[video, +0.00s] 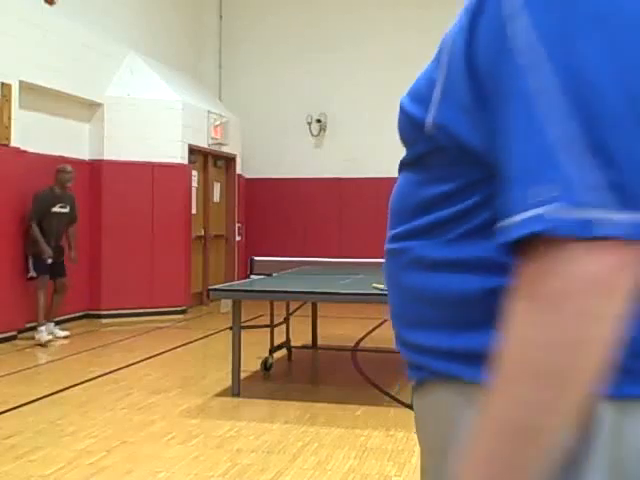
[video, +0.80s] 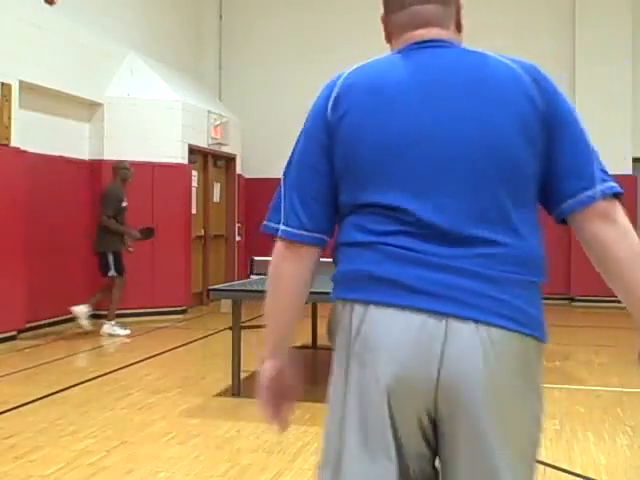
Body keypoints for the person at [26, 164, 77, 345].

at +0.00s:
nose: (70, 178)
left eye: (71, 175)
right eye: (67, 174)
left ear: (71, 177)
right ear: (57, 176)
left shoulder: (70, 198)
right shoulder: (43, 197)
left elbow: (71, 225)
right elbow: (33, 223)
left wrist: (72, 248)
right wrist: (43, 246)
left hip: (57, 247)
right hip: (40, 247)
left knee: (61, 285)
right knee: (43, 284)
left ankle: (50, 324)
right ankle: (41, 327)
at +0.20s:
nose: (86, 171)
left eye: (86, 168)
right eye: (82, 168)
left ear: (78, 172)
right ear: (71, 171)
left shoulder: (74, 192)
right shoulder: (61, 189)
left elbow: (69, 221)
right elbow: (47, 214)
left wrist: (78, 242)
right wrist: (62, 238)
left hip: (55, 240)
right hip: (47, 239)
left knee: (55, 279)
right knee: (61, 277)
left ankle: (49, 322)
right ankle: (50, 323)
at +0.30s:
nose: (90, 171)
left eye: (90, 168)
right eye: (86, 168)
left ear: (82, 173)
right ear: (76, 171)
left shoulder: (76, 192)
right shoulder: (68, 189)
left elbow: (71, 223)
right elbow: (55, 215)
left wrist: (80, 242)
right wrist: (75, 236)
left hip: (58, 242)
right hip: (55, 241)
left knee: (58, 281)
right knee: (71, 278)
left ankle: (48, 323)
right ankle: (61, 322)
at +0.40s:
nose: (95, 172)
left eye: (95, 169)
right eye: (91, 168)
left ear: (88, 173)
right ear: (82, 171)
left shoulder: (81, 192)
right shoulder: (75, 190)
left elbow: (76, 222)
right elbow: (63, 216)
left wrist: (89, 239)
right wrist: (84, 234)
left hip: (64, 241)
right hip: (63, 241)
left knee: (59, 282)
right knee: (80, 278)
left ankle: (48, 324)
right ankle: (81, 323)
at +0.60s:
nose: (112, 174)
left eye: (112, 171)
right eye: (108, 171)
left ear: (107, 175)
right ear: (99, 174)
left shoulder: (99, 195)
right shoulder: (92, 194)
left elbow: (94, 223)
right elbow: (82, 222)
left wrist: (106, 240)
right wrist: (106, 234)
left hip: (83, 245)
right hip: (84, 246)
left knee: (74, 283)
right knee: (102, 280)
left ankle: (51, 322)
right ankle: (107, 323)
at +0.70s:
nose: (123, 174)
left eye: (122, 171)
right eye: (119, 171)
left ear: (113, 175)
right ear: (109, 174)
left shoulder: (110, 195)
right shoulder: (102, 194)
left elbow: (106, 223)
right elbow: (94, 222)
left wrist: (117, 241)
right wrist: (117, 235)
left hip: (98, 245)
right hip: (96, 246)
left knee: (92, 283)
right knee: (112, 280)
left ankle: (63, 315)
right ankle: (109, 322)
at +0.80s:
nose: (130, 173)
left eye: (130, 169)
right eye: (126, 169)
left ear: (124, 173)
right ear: (118, 172)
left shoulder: (120, 192)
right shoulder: (112, 192)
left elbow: (117, 220)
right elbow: (105, 219)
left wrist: (124, 239)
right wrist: (129, 231)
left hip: (113, 243)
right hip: (107, 244)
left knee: (114, 280)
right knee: (117, 280)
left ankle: (85, 307)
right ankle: (110, 322)